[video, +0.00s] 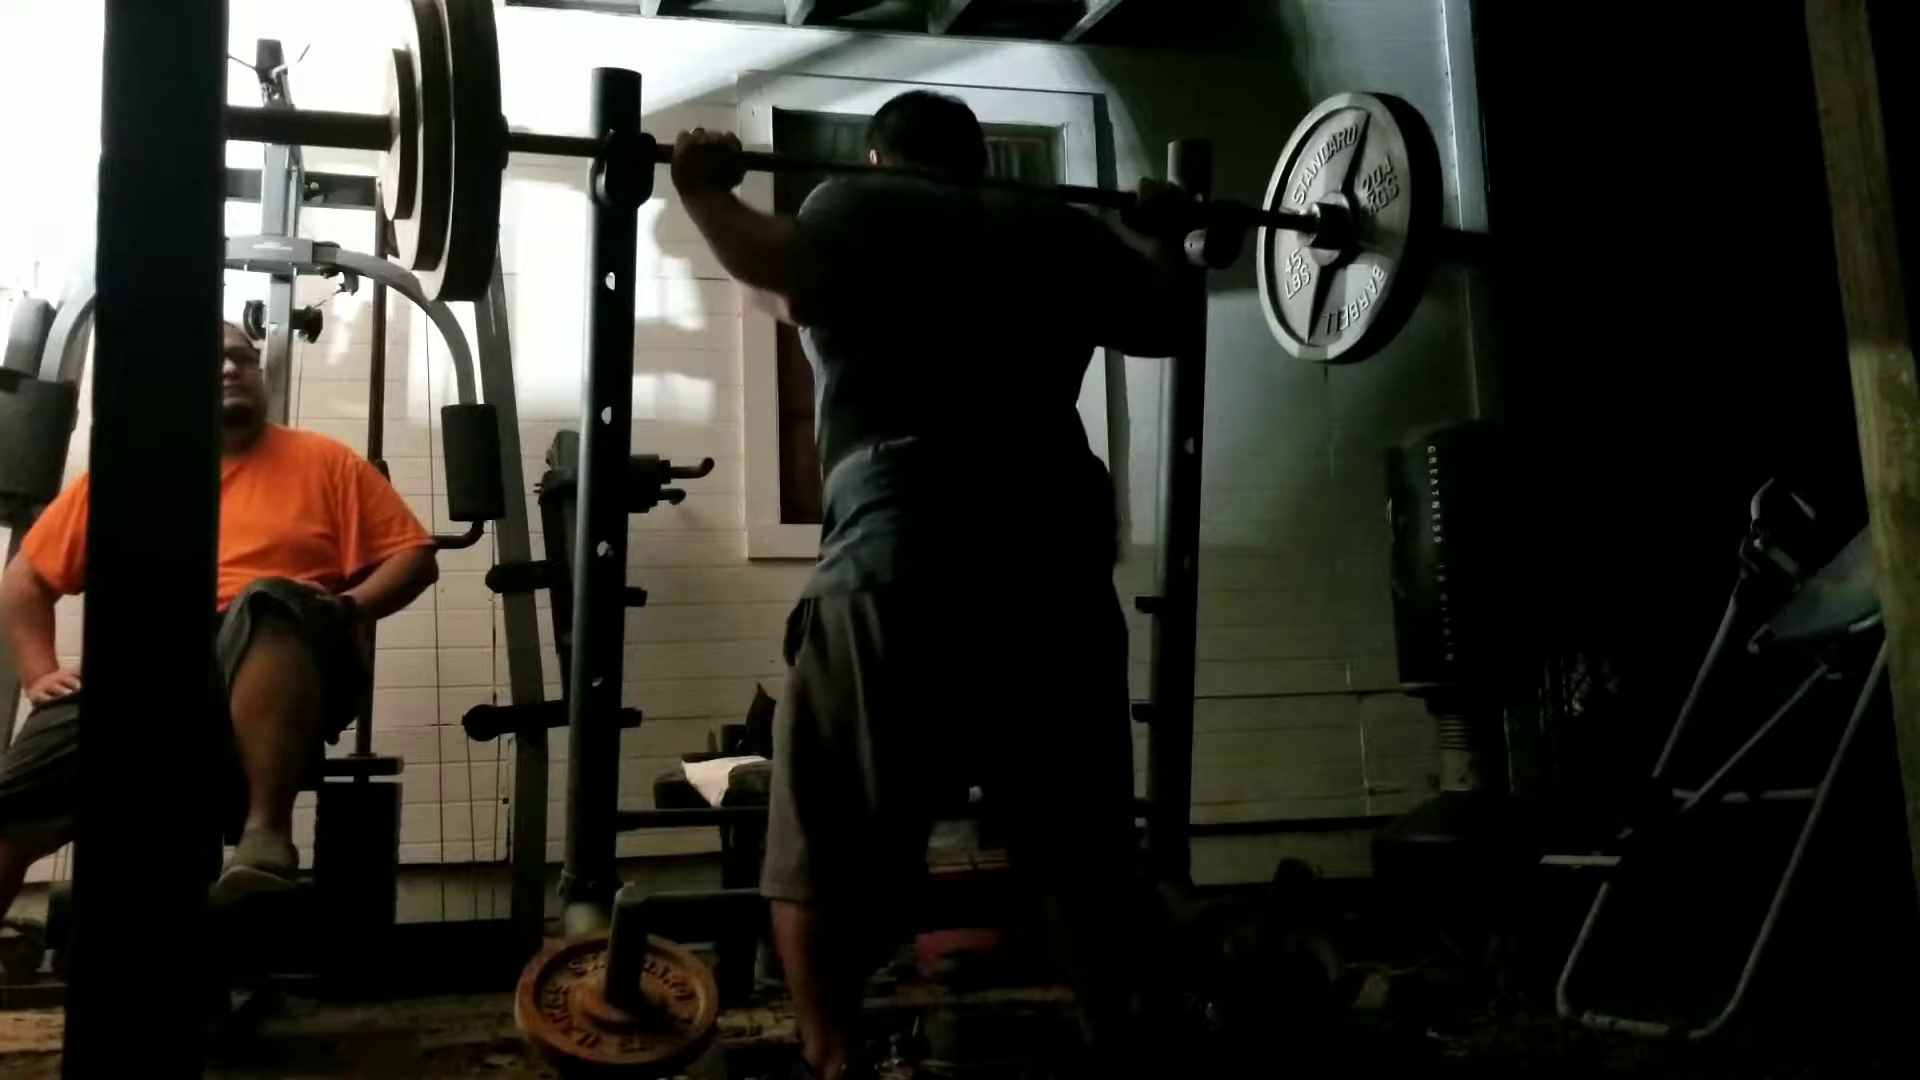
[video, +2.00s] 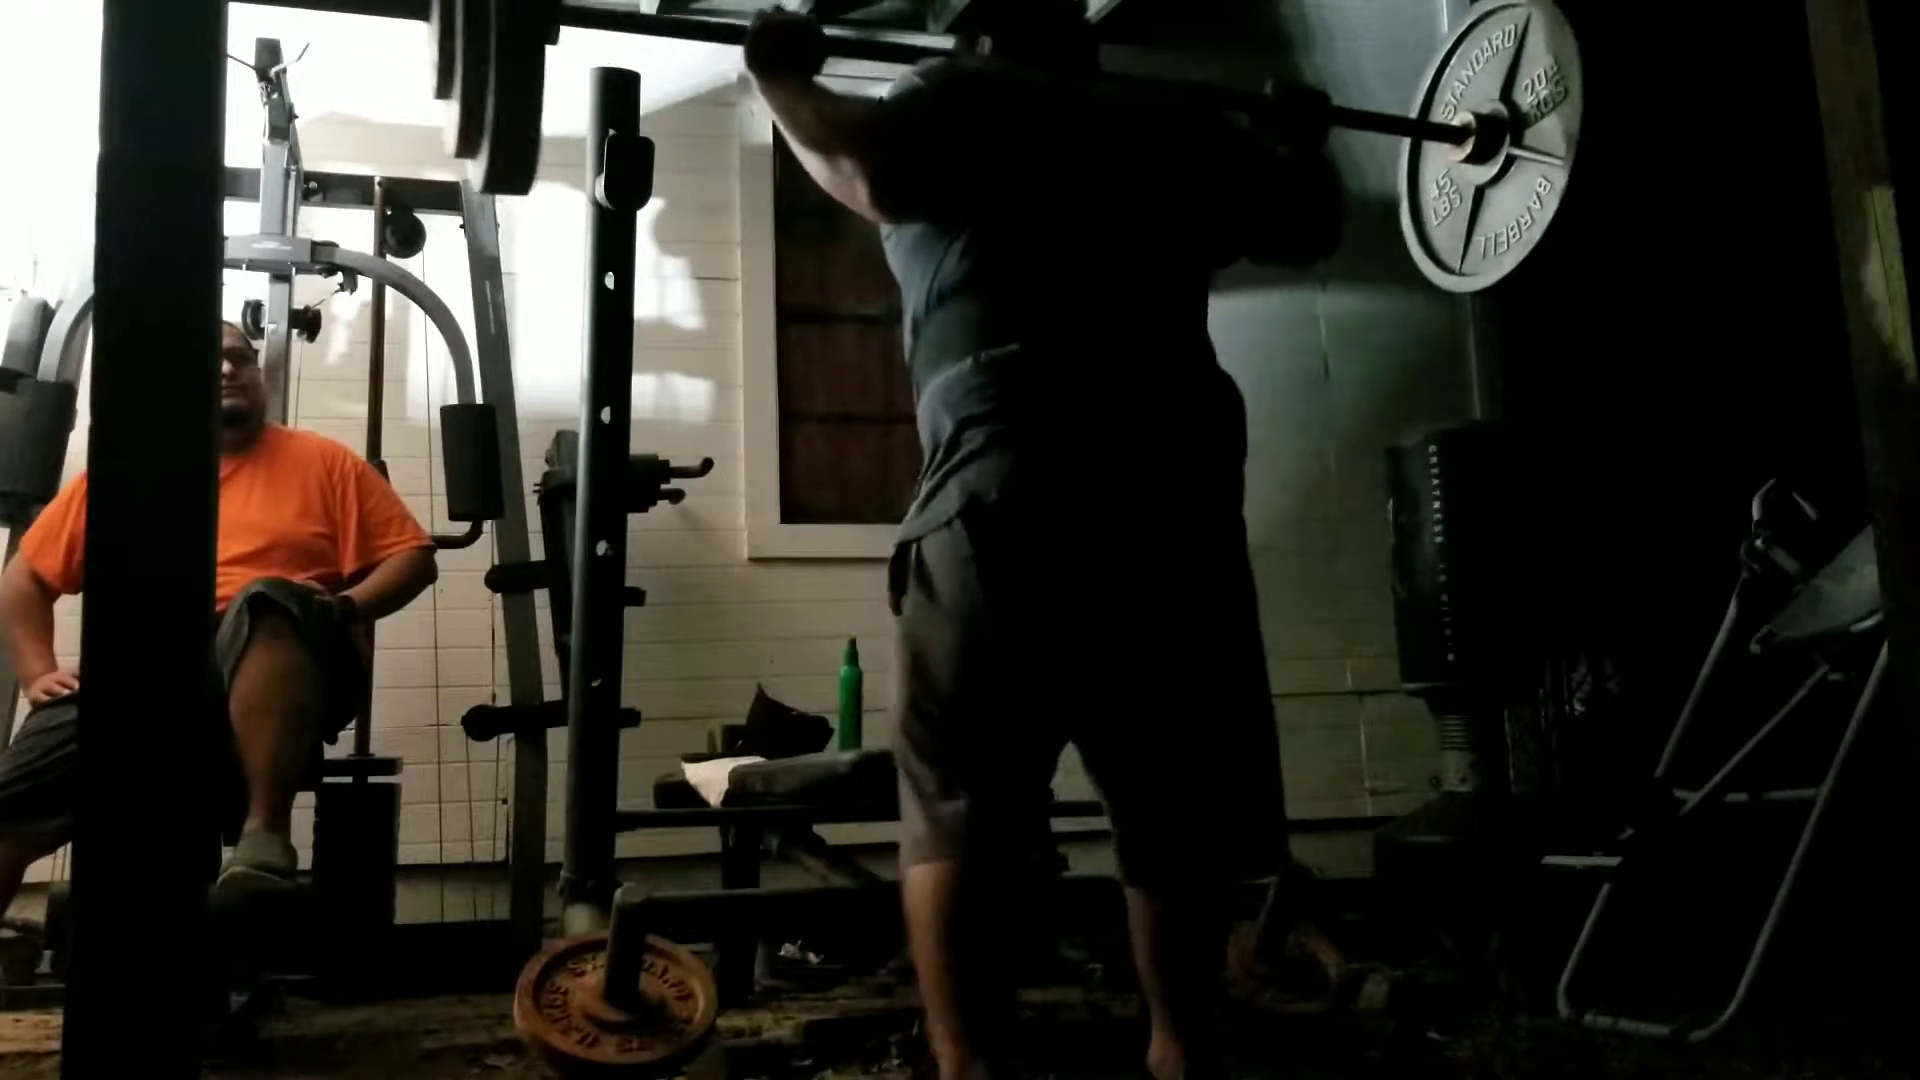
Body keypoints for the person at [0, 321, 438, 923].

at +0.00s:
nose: (231, 368)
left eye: (243, 357)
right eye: (214, 358)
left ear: (265, 376)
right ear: (186, 377)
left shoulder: (325, 463)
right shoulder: (129, 471)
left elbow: (414, 555)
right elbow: (24, 575)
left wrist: (351, 603)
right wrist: (39, 671)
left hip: (286, 668)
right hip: (145, 667)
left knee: (272, 604)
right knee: (12, 816)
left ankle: (266, 831)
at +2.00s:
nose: (227, 371)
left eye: (239, 358)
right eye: (210, 360)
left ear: (264, 376)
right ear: (184, 379)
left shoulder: (323, 462)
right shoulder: (131, 467)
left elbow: (414, 556)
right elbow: (24, 574)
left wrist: (350, 602)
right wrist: (37, 671)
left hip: (286, 669)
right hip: (144, 666)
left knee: (272, 604)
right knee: (9, 813)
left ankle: (265, 831)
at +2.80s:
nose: (228, 370)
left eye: (240, 358)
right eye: (211, 359)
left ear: (264, 374)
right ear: (186, 378)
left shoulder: (325, 463)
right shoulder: (134, 466)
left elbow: (414, 558)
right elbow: (25, 575)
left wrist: (348, 604)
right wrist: (37, 670)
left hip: (287, 669)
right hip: (145, 666)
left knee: (273, 603)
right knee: (12, 803)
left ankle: (266, 829)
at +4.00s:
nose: (226, 373)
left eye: (238, 361)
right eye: (209, 362)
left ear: (263, 377)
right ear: (185, 379)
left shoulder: (323, 463)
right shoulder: (130, 467)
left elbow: (413, 558)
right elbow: (24, 576)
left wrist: (349, 604)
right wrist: (37, 671)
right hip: (144, 664)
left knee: (271, 605)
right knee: (12, 805)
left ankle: (266, 829)